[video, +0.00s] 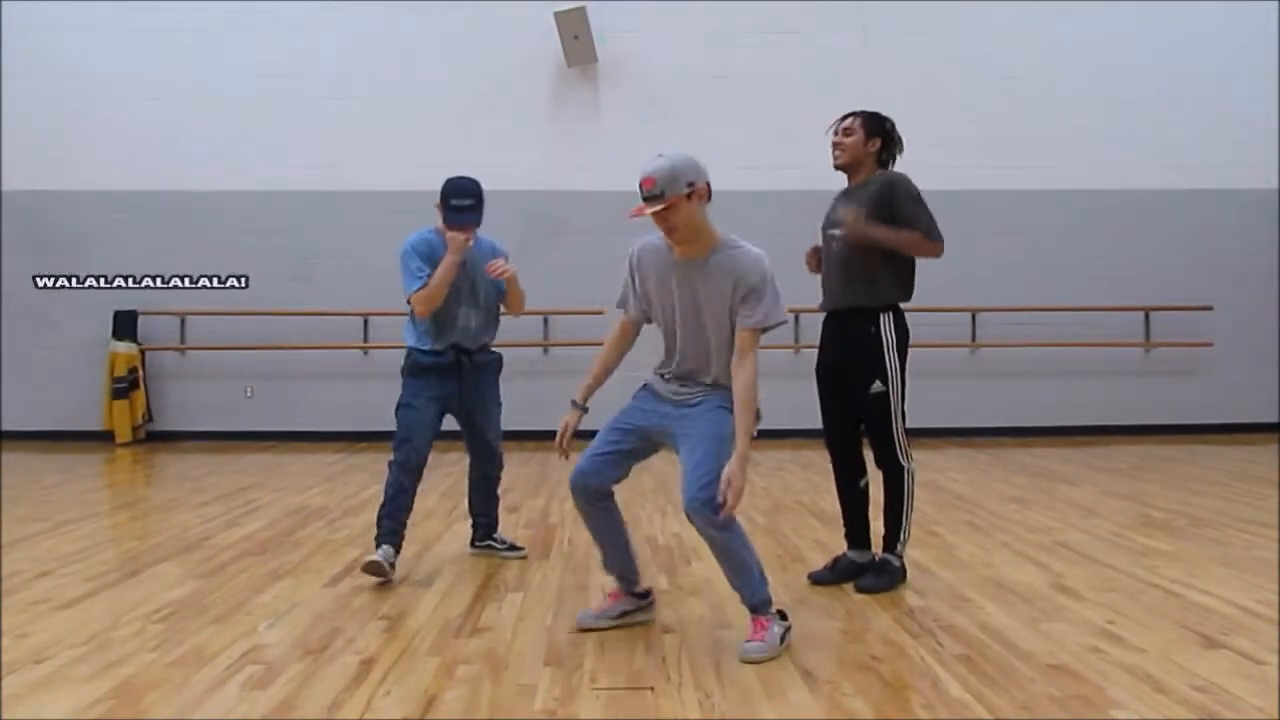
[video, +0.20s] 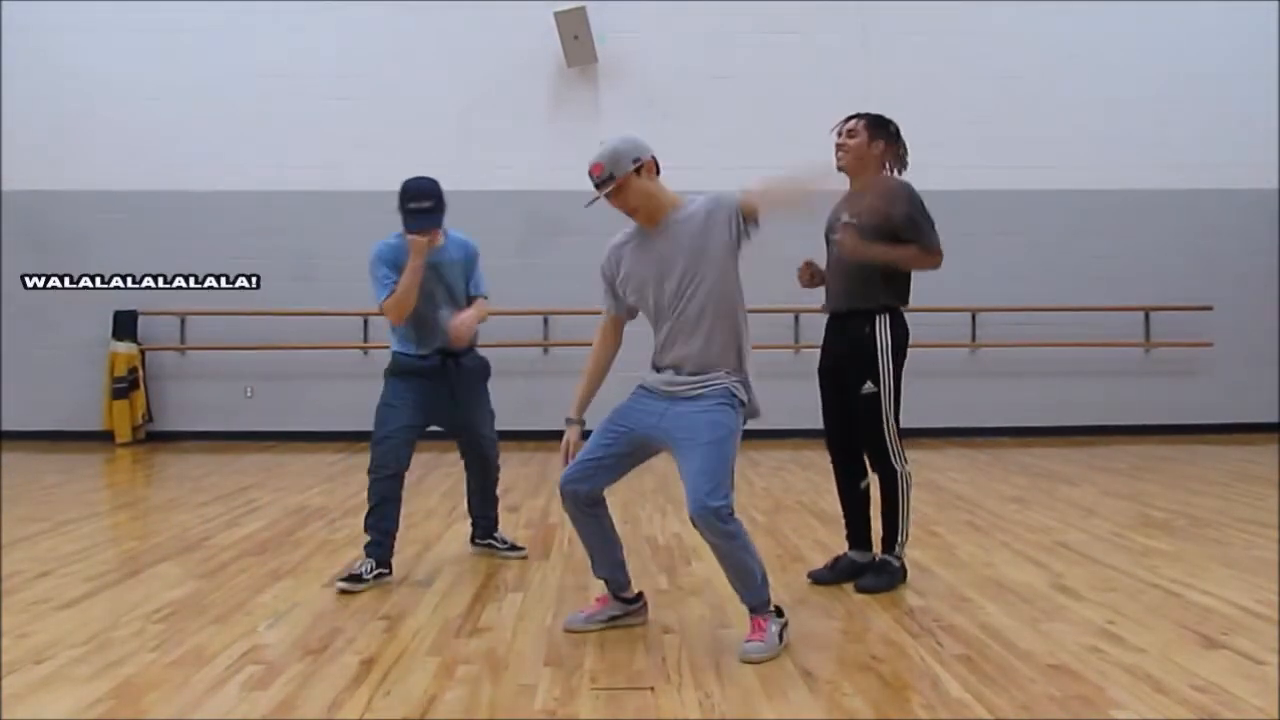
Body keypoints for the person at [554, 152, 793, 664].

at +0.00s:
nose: (659, 219)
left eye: (667, 207)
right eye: (652, 210)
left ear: (700, 196)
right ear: (647, 209)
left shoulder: (746, 266)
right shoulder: (647, 257)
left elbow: (744, 360)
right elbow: (624, 333)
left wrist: (741, 454)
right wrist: (579, 403)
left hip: (714, 402)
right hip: (659, 393)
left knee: (702, 503)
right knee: (586, 481)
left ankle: (765, 615)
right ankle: (632, 592)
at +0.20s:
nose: (613, 202)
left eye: (616, 188)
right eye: (606, 194)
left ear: (648, 169)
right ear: (604, 196)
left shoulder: (716, 211)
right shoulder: (621, 255)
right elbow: (608, 334)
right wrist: (576, 416)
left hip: (714, 394)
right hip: (655, 393)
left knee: (708, 509)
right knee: (577, 487)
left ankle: (764, 613)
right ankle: (622, 597)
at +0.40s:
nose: (637, 198)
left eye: (641, 186)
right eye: (629, 190)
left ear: (669, 167)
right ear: (630, 185)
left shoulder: (711, 191)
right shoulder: (635, 247)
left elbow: (674, 151)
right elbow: (624, 333)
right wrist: (598, 411)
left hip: (707, 387)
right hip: (646, 386)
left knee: (707, 516)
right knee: (576, 485)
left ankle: (763, 614)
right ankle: (622, 596)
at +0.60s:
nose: (639, 197)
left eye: (645, 183)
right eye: (628, 190)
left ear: (669, 163)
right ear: (622, 184)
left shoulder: (708, 177)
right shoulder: (636, 246)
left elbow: (660, 151)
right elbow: (641, 328)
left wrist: (582, 214)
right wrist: (624, 399)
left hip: (713, 379)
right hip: (655, 378)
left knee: (705, 520)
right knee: (579, 482)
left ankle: (764, 614)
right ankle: (623, 595)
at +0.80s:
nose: (634, 194)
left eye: (638, 181)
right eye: (625, 187)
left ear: (663, 161)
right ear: (620, 183)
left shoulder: (704, 182)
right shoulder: (634, 248)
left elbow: (660, 147)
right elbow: (642, 334)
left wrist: (577, 160)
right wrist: (628, 432)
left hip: (712, 380)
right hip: (653, 380)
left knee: (707, 519)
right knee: (578, 478)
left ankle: (762, 613)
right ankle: (622, 592)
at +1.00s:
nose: (616, 220)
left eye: (619, 207)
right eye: (606, 213)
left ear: (643, 184)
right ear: (601, 213)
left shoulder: (683, 204)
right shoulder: (624, 265)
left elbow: (638, 172)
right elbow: (640, 342)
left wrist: (559, 189)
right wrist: (614, 412)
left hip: (712, 395)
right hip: (654, 393)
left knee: (701, 527)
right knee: (574, 485)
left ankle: (764, 617)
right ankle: (625, 603)